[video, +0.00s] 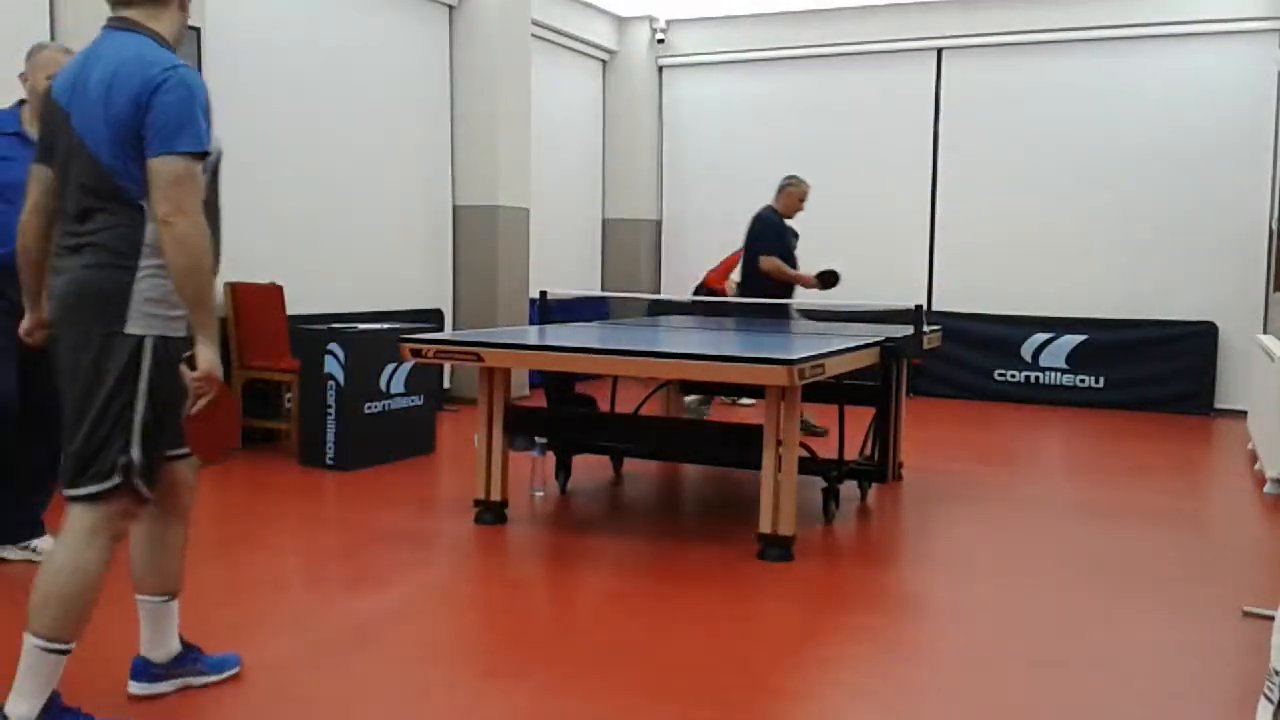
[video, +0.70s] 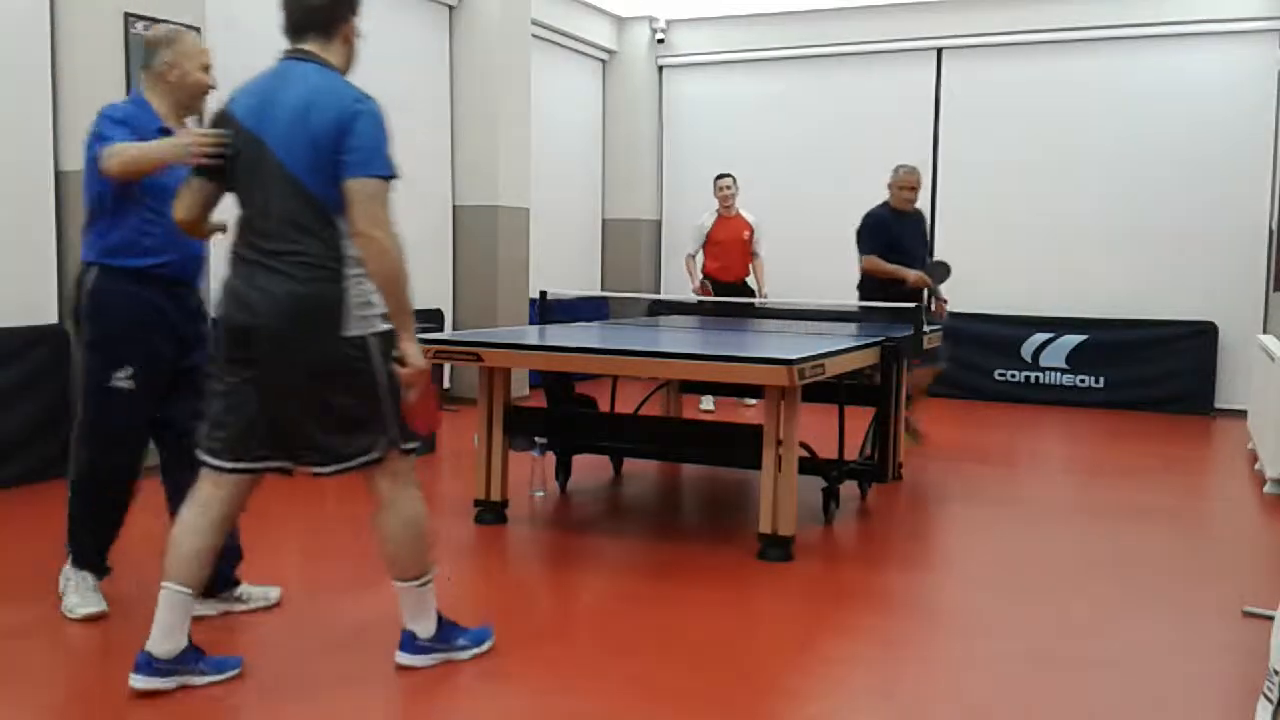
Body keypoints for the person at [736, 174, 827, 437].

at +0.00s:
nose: (802, 207)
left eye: (803, 202)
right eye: (800, 201)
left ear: (790, 197)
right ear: (785, 194)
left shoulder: (780, 224)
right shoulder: (767, 220)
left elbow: (779, 264)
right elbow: (767, 263)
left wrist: (804, 279)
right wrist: (801, 279)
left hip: (774, 307)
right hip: (760, 308)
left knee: (786, 363)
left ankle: (793, 414)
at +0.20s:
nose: (839, 205)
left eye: (840, 200)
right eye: (837, 198)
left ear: (825, 191)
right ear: (823, 190)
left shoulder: (815, 217)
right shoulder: (801, 215)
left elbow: (811, 258)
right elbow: (797, 256)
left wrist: (840, 273)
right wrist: (835, 273)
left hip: (810, 304)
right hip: (794, 304)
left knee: (805, 362)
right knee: (790, 362)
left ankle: (800, 415)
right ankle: (785, 418)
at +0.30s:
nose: (853, 202)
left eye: (855, 196)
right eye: (851, 195)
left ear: (844, 191)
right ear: (834, 188)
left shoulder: (836, 218)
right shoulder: (813, 214)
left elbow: (837, 258)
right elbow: (809, 255)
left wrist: (856, 283)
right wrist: (847, 269)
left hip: (829, 305)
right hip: (808, 304)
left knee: (827, 365)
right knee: (802, 364)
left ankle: (827, 423)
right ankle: (795, 418)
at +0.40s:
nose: (868, 205)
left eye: (870, 200)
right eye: (865, 199)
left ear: (859, 194)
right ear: (849, 191)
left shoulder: (854, 220)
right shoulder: (827, 218)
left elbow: (860, 259)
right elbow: (823, 260)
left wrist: (880, 276)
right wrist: (864, 272)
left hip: (846, 306)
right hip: (825, 306)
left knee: (819, 363)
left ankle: (802, 413)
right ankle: (798, 414)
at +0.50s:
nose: (888, 205)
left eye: (890, 199)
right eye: (884, 199)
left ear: (887, 197)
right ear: (867, 194)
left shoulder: (878, 225)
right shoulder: (847, 223)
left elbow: (890, 266)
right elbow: (844, 268)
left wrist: (919, 290)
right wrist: (884, 279)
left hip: (875, 310)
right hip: (850, 311)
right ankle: (818, 404)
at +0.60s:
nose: (899, 202)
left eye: (903, 196)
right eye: (893, 196)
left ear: (905, 195)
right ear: (877, 192)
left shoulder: (898, 222)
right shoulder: (860, 223)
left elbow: (908, 264)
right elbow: (857, 267)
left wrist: (929, 296)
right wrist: (895, 278)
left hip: (895, 310)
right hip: (865, 311)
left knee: (895, 373)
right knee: (861, 369)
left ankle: (885, 438)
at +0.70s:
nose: (911, 195)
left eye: (915, 189)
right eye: (905, 189)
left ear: (919, 191)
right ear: (891, 188)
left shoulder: (918, 219)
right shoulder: (875, 219)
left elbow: (923, 263)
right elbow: (868, 262)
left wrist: (935, 293)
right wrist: (906, 273)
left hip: (912, 307)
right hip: (879, 309)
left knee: (930, 362)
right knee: (888, 375)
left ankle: (902, 411)